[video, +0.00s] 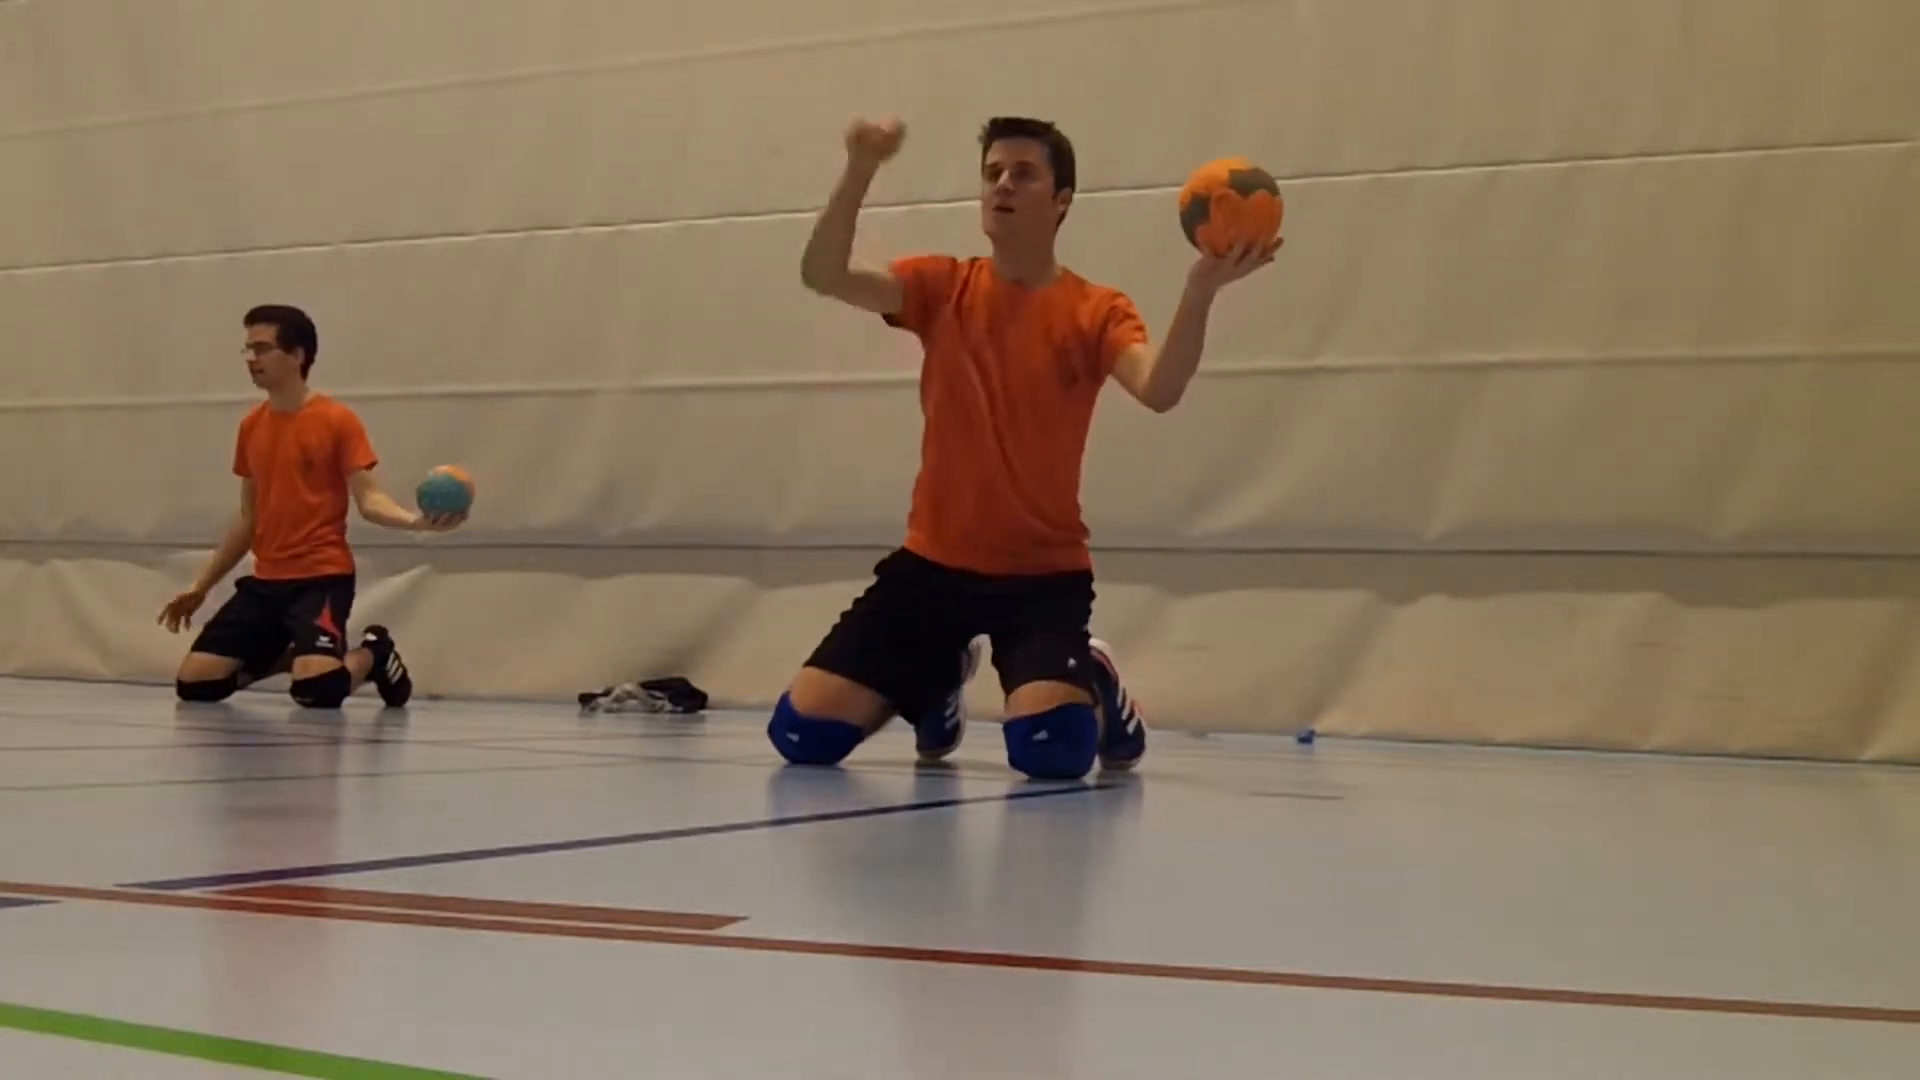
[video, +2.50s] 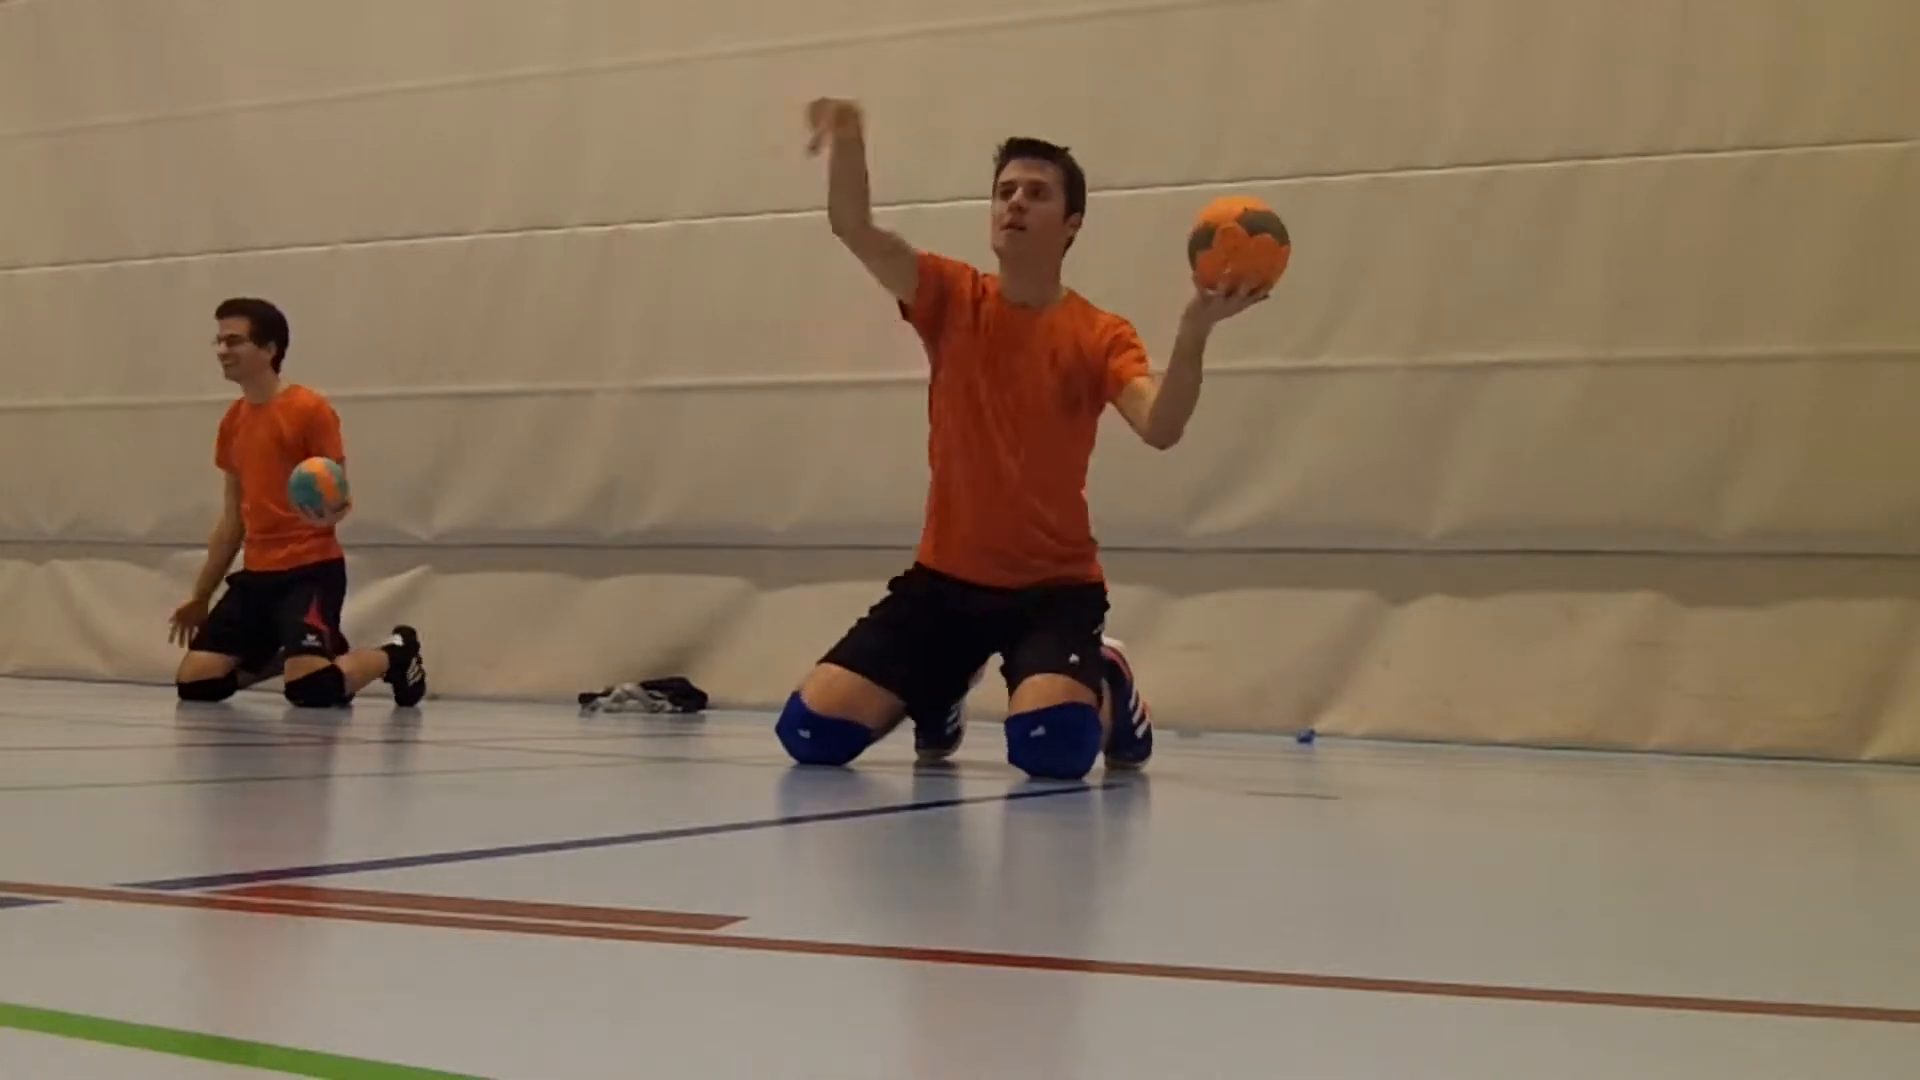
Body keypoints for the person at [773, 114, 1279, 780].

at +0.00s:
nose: (1004, 185)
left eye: (1024, 174)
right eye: (994, 173)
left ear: (1062, 202)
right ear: (979, 194)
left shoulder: (1093, 311)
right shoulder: (942, 287)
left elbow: (1160, 389)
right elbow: (824, 272)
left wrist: (1203, 287)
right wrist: (857, 171)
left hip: (1043, 575)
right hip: (932, 566)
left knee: (1046, 753)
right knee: (800, 737)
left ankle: (1096, 681)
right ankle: (935, 672)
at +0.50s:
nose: (988, 235)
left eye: (1009, 221)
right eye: (978, 224)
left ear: (1050, 247)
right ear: (966, 246)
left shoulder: (1094, 356)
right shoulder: (938, 347)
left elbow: (1177, 441)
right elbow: (836, 444)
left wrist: (1238, 368)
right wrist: (772, 423)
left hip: (1056, 603)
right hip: (949, 601)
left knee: (1029, 750)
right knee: (821, 736)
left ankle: (1118, 684)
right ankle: (936, 690)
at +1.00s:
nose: (999, 229)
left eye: (1019, 217)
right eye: (988, 218)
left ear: (1056, 241)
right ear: (974, 239)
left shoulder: (1093, 355)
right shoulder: (936, 334)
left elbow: (1158, 449)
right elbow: (853, 440)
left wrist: (1216, 381)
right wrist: (793, 430)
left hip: (1037, 600)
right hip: (930, 594)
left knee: (1029, 751)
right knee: (785, 735)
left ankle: (1105, 687)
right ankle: (924, 682)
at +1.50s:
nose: (953, 239)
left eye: (971, 223)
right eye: (944, 229)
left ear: (1017, 243)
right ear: (938, 248)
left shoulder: (1071, 348)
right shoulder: (924, 343)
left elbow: (1118, 465)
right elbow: (914, 439)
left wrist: (1149, 396)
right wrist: (868, 431)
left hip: (1044, 600)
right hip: (940, 596)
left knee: (1050, 752)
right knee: (803, 734)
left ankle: (1106, 684)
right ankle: (925, 692)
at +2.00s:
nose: (963, 253)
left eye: (981, 235)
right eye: (955, 240)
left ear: (1028, 249)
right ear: (948, 254)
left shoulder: (1064, 341)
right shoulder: (965, 353)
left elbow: (1074, 437)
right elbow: (964, 482)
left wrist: (1076, 328)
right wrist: (899, 439)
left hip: (1028, 607)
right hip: (930, 605)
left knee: (1049, 753)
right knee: (790, 731)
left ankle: (1096, 685)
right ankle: (928, 689)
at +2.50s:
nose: (1015, 203)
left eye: (1037, 194)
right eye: (1006, 192)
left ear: (1071, 224)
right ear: (989, 216)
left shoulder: (1098, 335)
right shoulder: (951, 297)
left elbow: (1161, 427)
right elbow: (853, 225)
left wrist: (1194, 330)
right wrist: (847, 135)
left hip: (1054, 589)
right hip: (946, 581)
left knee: (1050, 751)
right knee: (808, 737)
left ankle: (1108, 684)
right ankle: (934, 683)